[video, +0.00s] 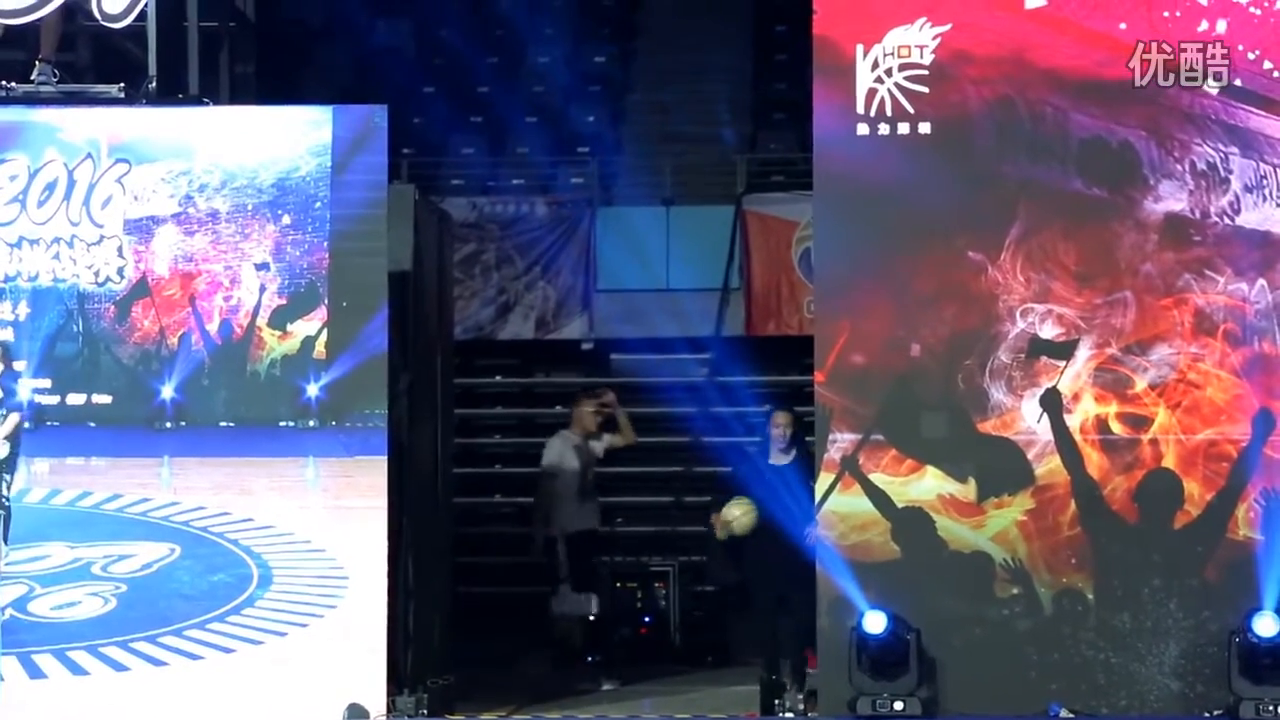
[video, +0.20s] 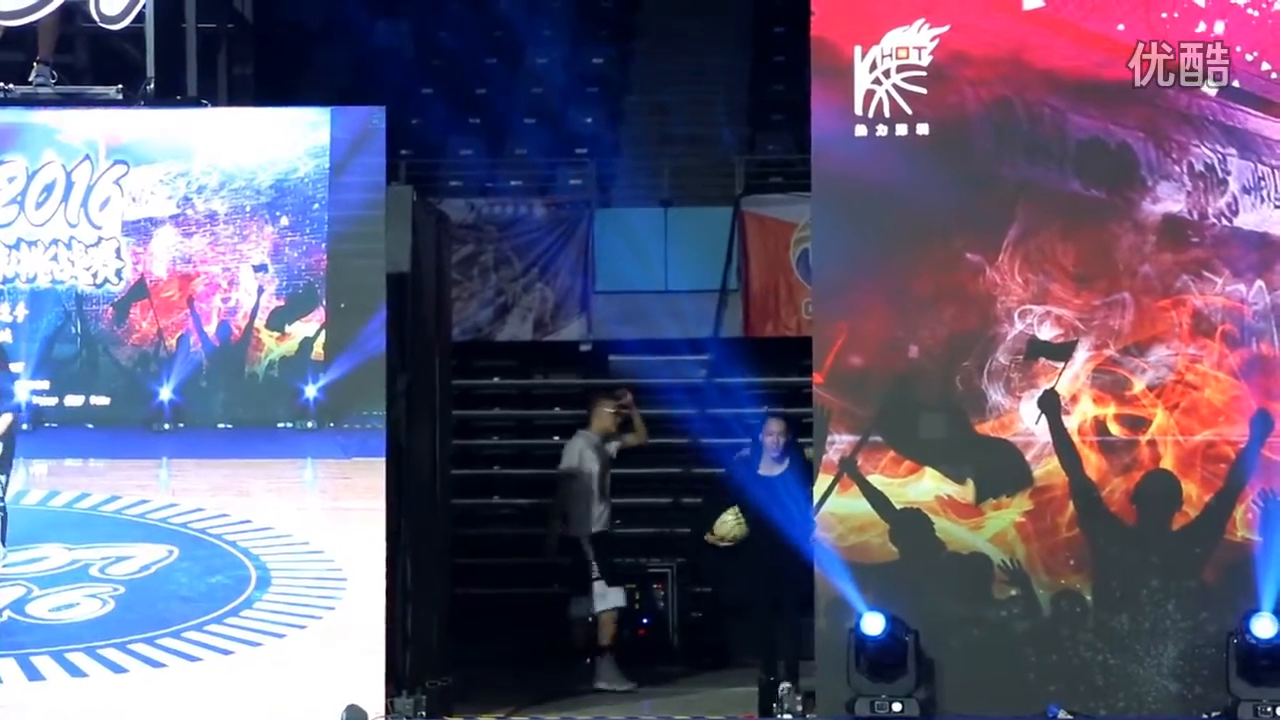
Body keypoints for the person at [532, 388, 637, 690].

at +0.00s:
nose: (597, 418)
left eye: (599, 413)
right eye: (591, 412)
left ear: (598, 416)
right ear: (576, 413)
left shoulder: (592, 444)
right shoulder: (558, 444)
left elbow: (627, 438)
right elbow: (546, 494)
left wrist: (617, 409)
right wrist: (547, 530)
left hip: (588, 530)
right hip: (562, 531)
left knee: (591, 596)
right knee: (568, 596)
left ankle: (590, 665)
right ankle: (567, 666)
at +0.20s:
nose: (615, 419)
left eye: (617, 414)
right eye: (610, 413)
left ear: (614, 418)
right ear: (595, 414)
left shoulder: (605, 444)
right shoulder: (578, 445)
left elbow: (640, 437)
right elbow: (564, 495)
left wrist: (632, 409)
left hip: (599, 533)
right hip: (582, 535)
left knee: (590, 600)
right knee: (610, 598)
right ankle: (605, 668)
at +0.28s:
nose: (623, 419)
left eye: (624, 414)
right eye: (618, 413)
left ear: (621, 418)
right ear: (602, 414)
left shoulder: (612, 445)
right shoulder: (587, 447)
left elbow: (645, 438)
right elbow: (575, 495)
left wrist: (637, 412)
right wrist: (577, 537)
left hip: (604, 536)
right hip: (590, 537)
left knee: (587, 606)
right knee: (615, 601)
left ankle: (592, 671)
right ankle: (629, 668)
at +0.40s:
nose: (632, 422)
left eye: (633, 417)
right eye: (629, 416)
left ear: (626, 420)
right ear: (612, 416)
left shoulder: (619, 446)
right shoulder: (598, 448)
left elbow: (650, 438)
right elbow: (588, 496)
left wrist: (643, 412)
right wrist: (590, 542)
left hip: (618, 537)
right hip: (605, 540)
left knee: (602, 606)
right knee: (626, 605)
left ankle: (600, 672)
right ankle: (644, 669)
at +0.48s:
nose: (640, 422)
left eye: (641, 417)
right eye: (636, 417)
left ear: (631, 419)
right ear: (620, 417)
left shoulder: (624, 444)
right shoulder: (607, 450)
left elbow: (651, 440)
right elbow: (600, 500)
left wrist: (648, 413)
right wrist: (606, 545)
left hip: (627, 540)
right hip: (617, 542)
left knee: (609, 608)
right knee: (632, 607)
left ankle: (600, 672)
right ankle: (647, 671)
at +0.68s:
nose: (654, 420)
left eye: (654, 415)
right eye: (650, 416)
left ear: (636, 418)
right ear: (636, 417)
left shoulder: (621, 442)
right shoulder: (630, 451)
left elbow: (643, 431)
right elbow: (627, 501)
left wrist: (655, 409)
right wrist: (645, 542)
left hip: (634, 537)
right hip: (630, 539)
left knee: (643, 607)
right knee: (626, 606)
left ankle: (643, 674)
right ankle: (615, 677)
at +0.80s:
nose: (660, 422)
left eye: (660, 417)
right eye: (656, 417)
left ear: (643, 419)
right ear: (643, 418)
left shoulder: (629, 441)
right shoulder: (636, 449)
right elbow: (639, 498)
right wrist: (660, 538)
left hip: (634, 534)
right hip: (639, 537)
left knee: (647, 603)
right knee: (646, 605)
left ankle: (648, 673)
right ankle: (646, 677)